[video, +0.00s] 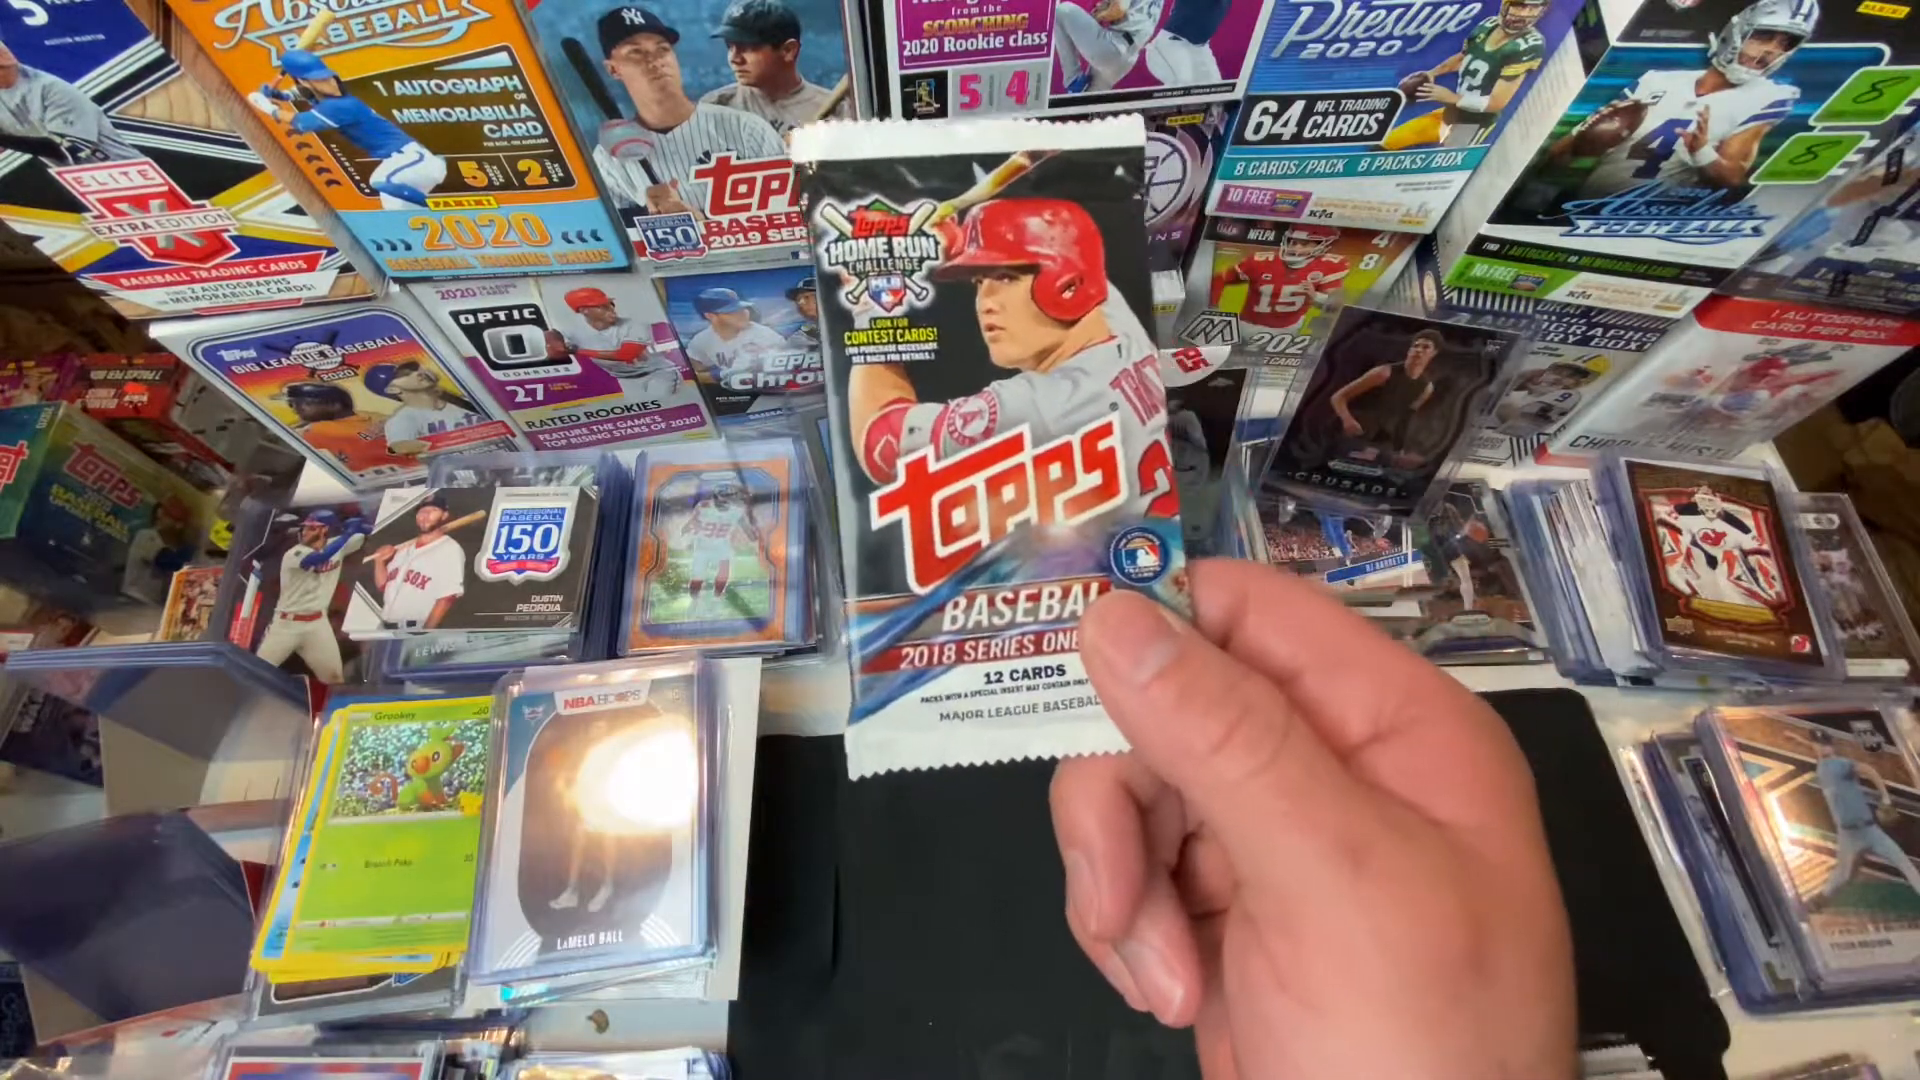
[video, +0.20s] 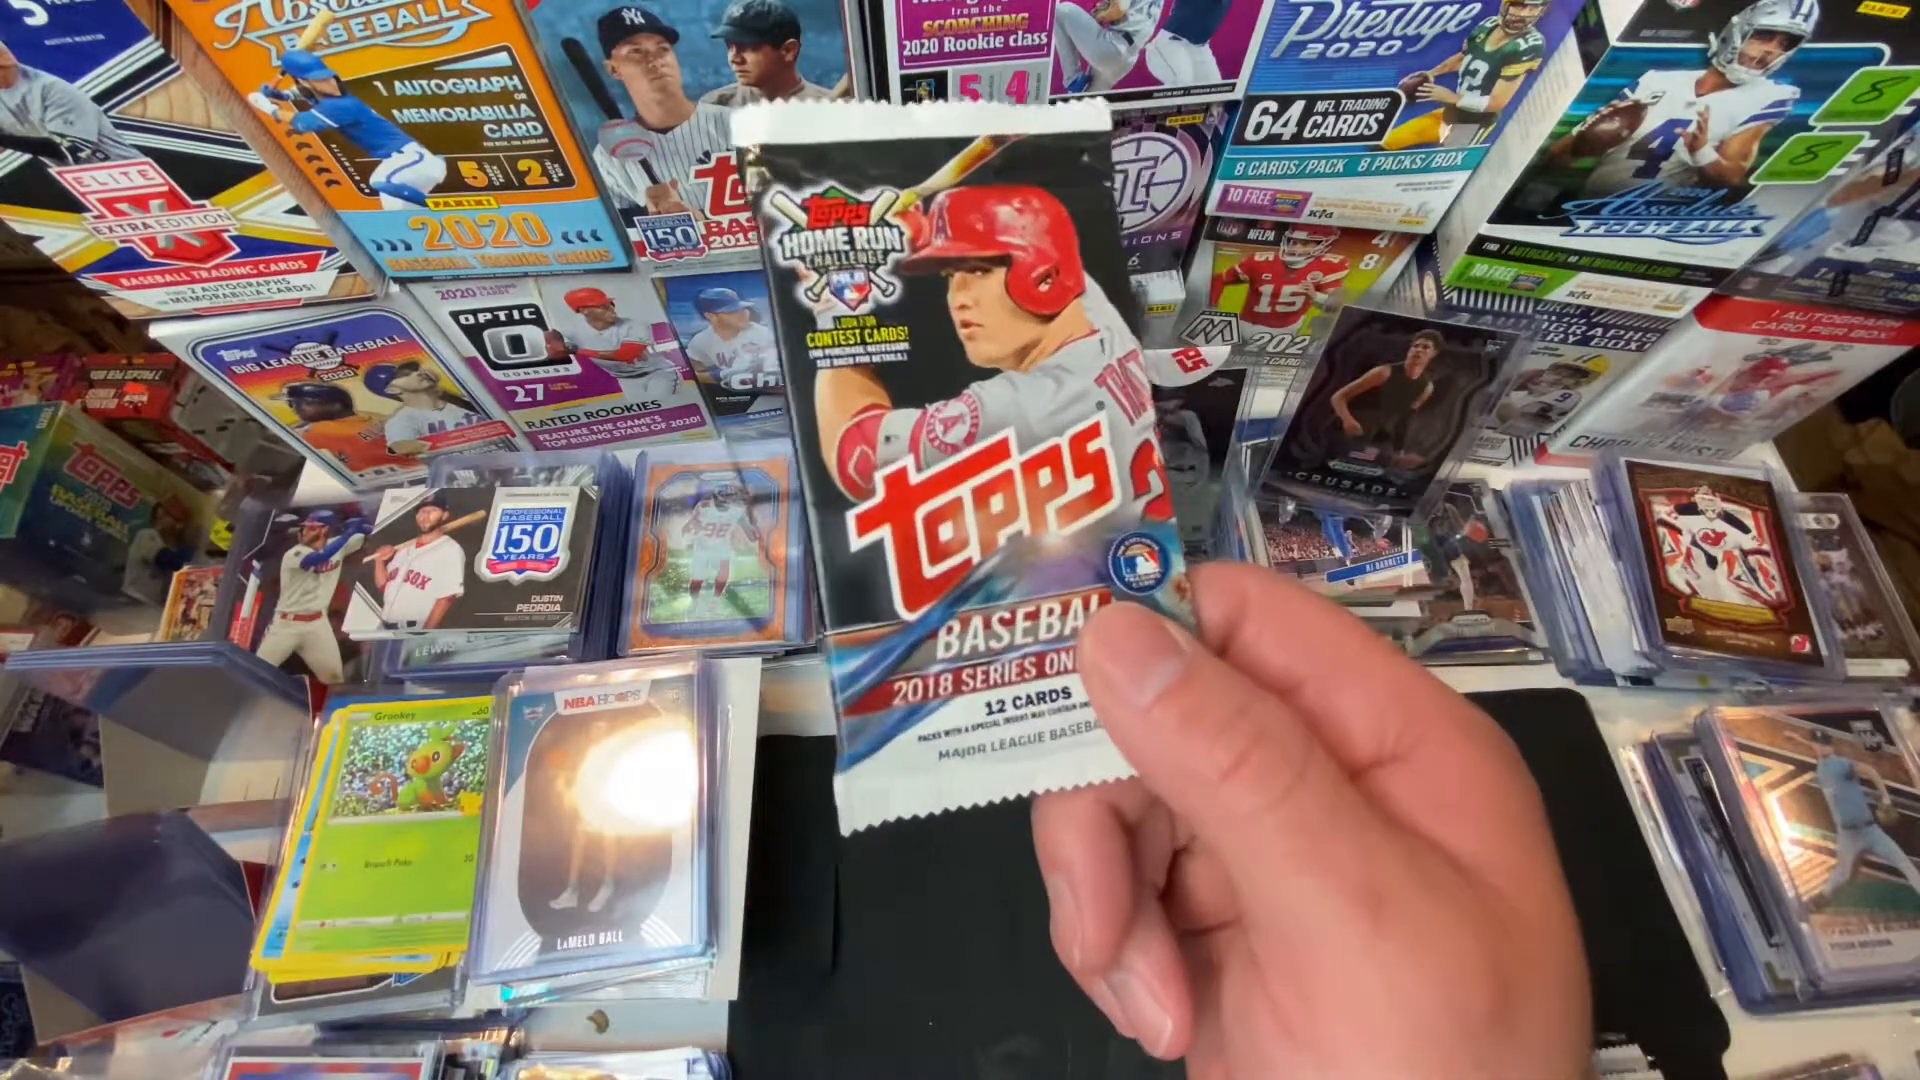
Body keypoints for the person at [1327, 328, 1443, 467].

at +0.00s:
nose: (1419, 350)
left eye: (1426, 347)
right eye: (1416, 345)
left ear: (1433, 354)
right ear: (1410, 349)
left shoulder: (1426, 389)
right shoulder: (1384, 373)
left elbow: (1407, 417)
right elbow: (1338, 398)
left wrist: (1400, 451)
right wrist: (1348, 421)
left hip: (1385, 444)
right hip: (1359, 437)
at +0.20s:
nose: (1419, 350)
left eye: (1426, 347)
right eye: (1416, 346)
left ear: (1433, 354)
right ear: (1409, 349)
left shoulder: (1426, 389)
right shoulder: (1384, 373)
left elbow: (1405, 417)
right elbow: (1338, 397)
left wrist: (1400, 452)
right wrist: (1348, 420)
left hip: (1385, 440)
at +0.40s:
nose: (1419, 350)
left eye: (1426, 347)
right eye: (1416, 346)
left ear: (1433, 355)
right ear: (1410, 349)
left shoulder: (1426, 389)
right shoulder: (1384, 373)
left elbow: (1405, 417)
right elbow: (1338, 397)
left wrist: (1400, 452)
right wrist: (1348, 420)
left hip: (1385, 440)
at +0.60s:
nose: (1419, 350)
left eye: (1426, 347)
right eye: (1416, 346)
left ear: (1433, 354)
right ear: (1410, 349)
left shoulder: (1426, 389)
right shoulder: (1384, 373)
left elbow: (1405, 417)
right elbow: (1338, 397)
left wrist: (1400, 452)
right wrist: (1348, 420)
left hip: (1385, 441)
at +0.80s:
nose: (1419, 350)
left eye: (1426, 347)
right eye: (1416, 346)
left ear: (1434, 354)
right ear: (1409, 349)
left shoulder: (1426, 389)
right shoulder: (1384, 373)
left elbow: (1405, 417)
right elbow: (1338, 397)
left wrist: (1400, 451)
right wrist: (1348, 420)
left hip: (1382, 440)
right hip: (1354, 433)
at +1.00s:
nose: (1419, 350)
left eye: (1426, 347)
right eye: (1416, 346)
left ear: (1434, 354)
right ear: (1410, 349)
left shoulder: (1426, 389)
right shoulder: (1384, 373)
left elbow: (1405, 417)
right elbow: (1338, 397)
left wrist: (1400, 452)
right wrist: (1348, 420)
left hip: (1381, 438)